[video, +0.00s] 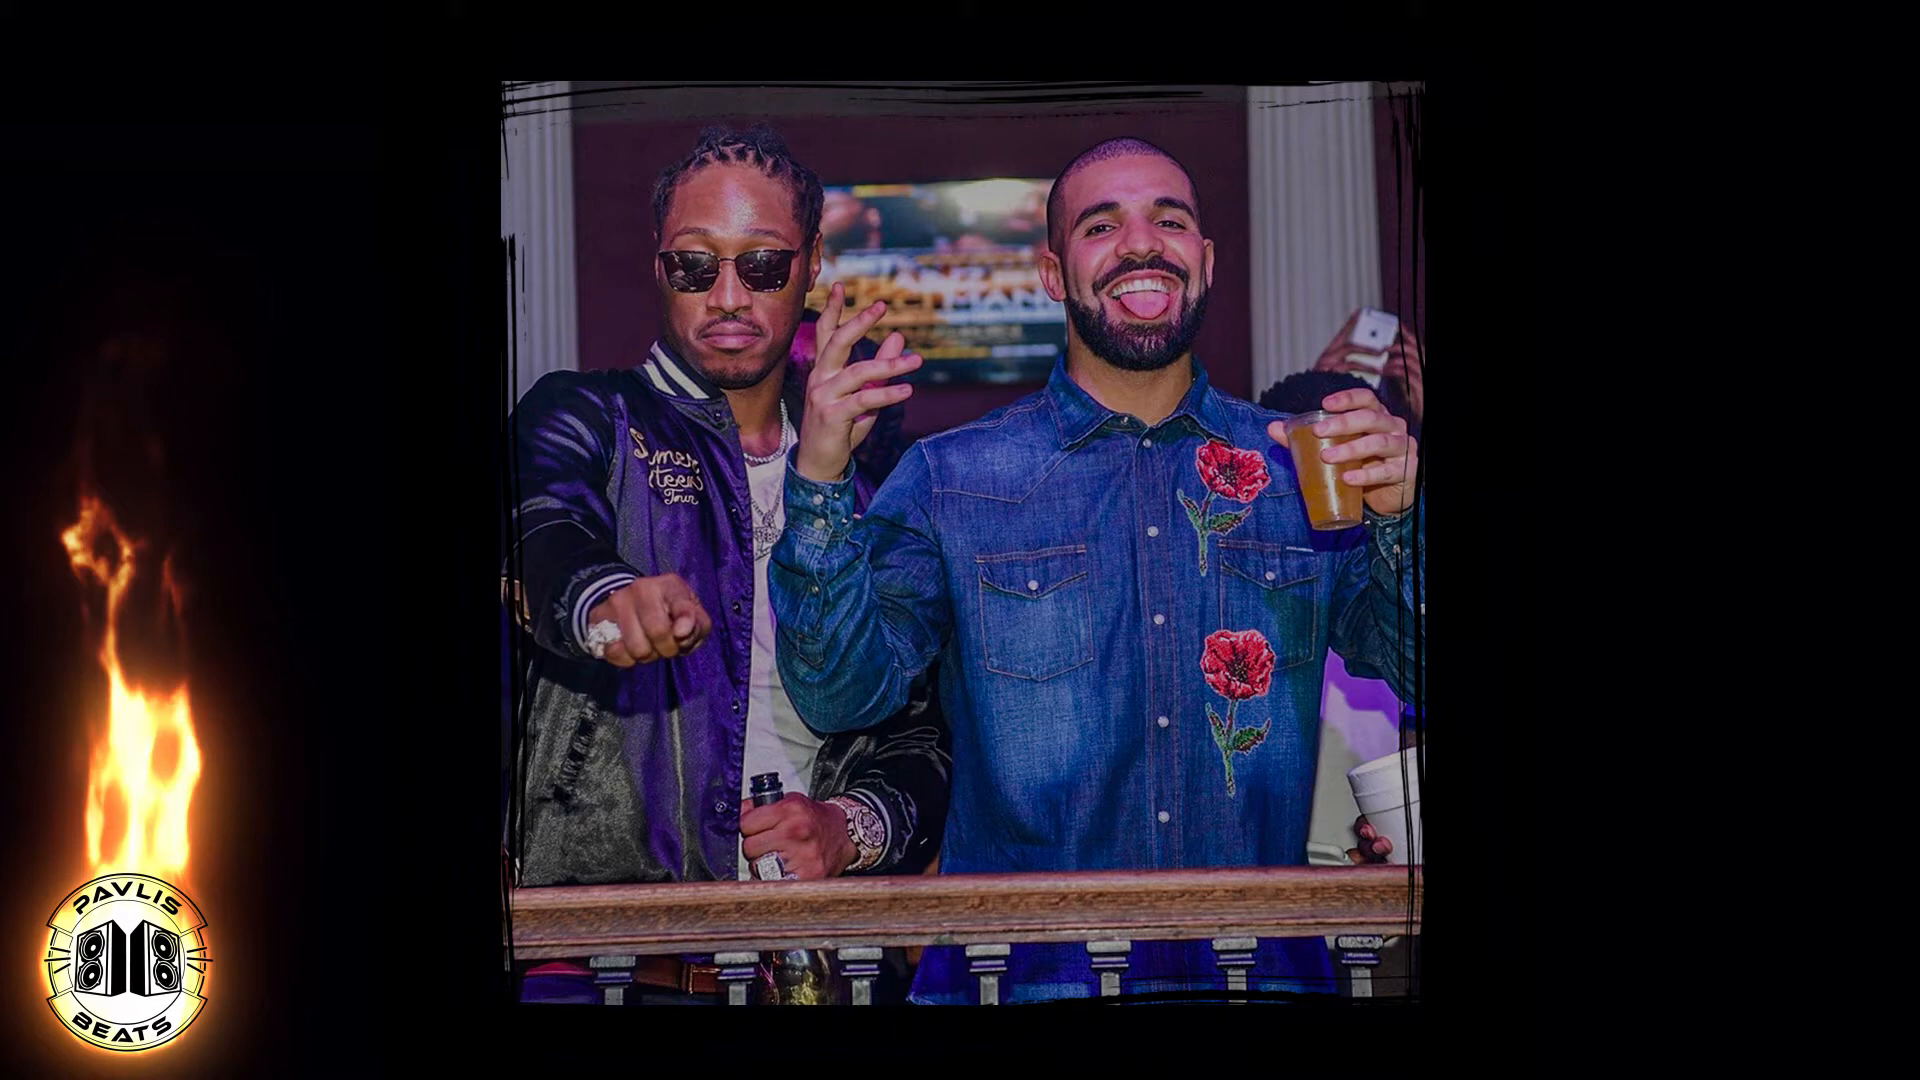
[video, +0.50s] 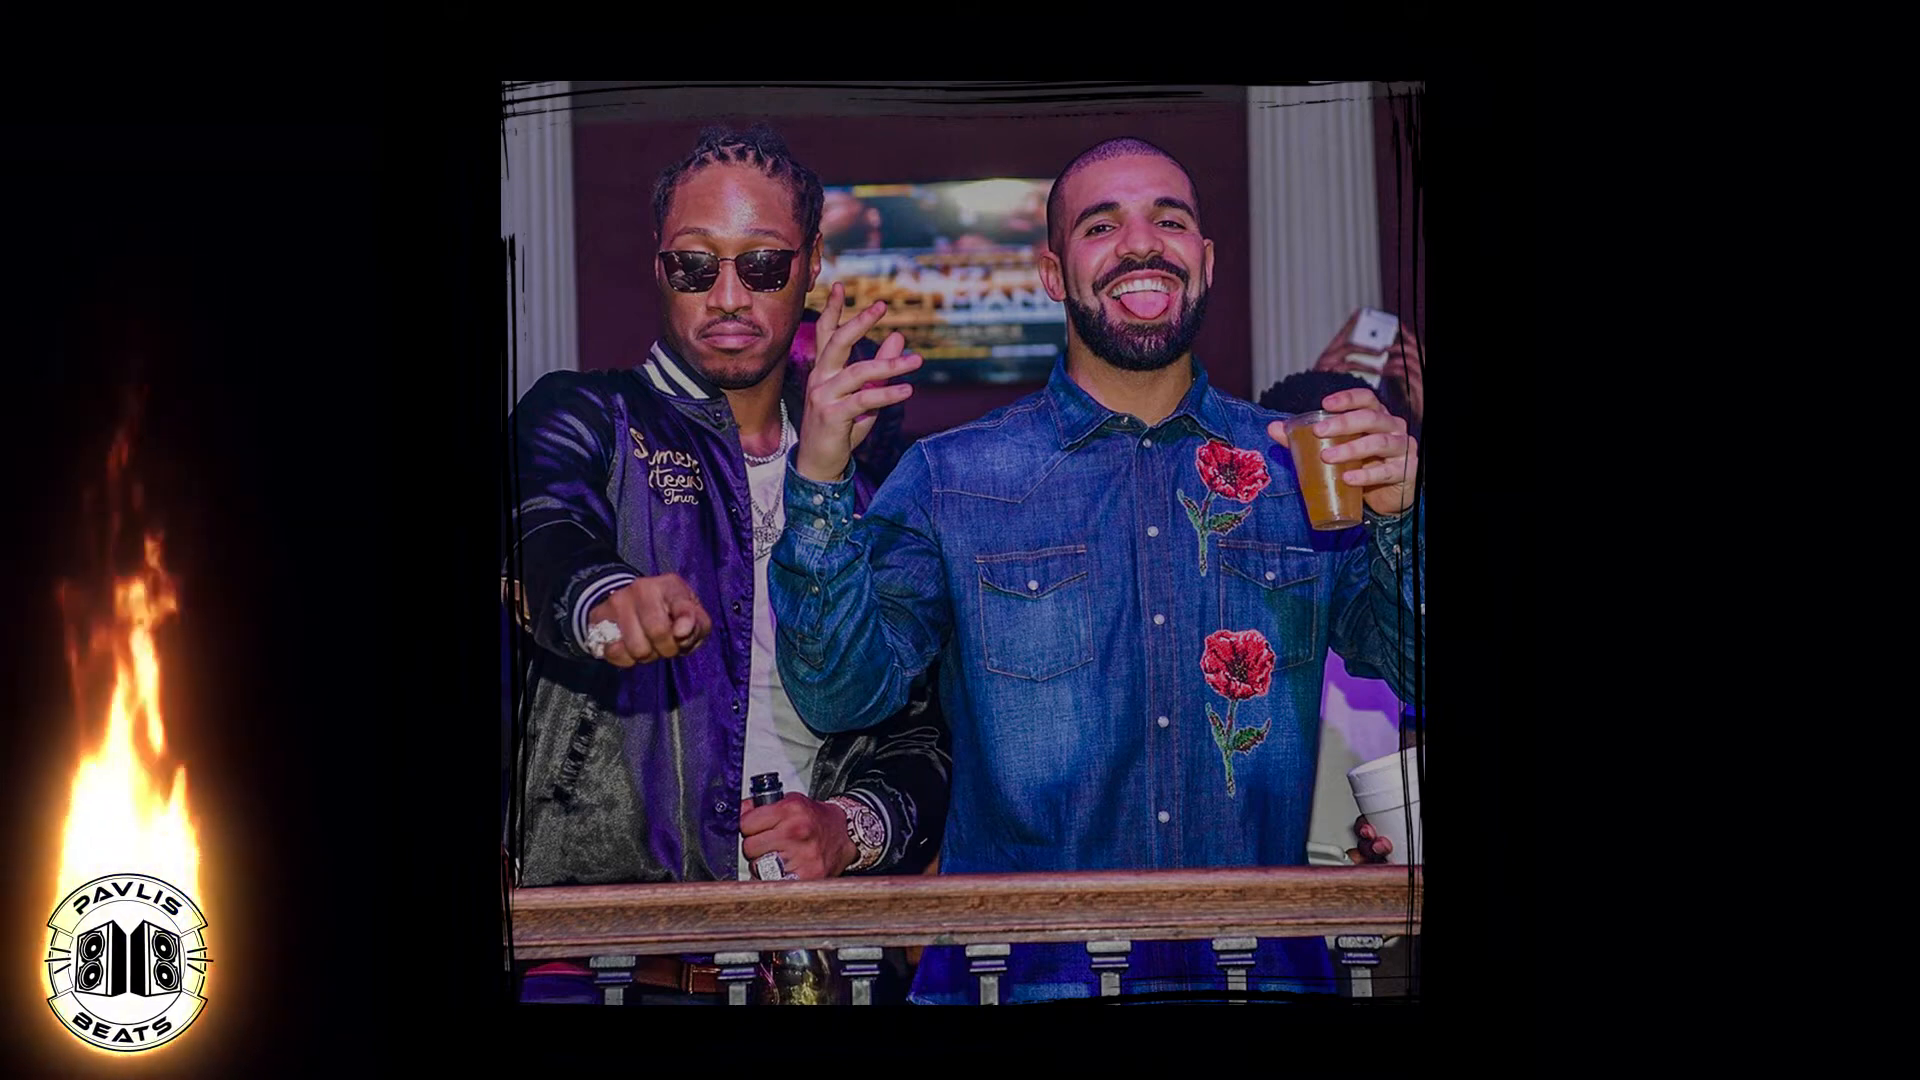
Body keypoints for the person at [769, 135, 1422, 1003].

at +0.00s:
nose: (1140, 243)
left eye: (1169, 219)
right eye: (1101, 225)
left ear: (1208, 258)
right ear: (1055, 272)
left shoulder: (1304, 470)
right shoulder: (945, 479)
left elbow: (1412, 673)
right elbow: (840, 693)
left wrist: (1402, 516)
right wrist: (818, 475)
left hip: (1254, 955)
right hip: (1020, 963)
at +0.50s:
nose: (1140, 243)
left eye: (1169, 219)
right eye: (1101, 225)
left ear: (1208, 258)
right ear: (1055, 272)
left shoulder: (1304, 470)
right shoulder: (945, 479)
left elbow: (1412, 673)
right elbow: (840, 693)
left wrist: (1402, 516)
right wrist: (818, 475)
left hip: (1254, 955)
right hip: (1020, 963)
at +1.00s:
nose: (1140, 243)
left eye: (1169, 219)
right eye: (1101, 225)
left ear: (1208, 258)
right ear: (1055, 272)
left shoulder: (1304, 470)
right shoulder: (945, 479)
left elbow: (1412, 673)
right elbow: (840, 693)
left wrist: (1402, 516)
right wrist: (818, 475)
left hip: (1254, 955)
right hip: (1020, 963)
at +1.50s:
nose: (1141, 243)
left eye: (1169, 219)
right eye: (1101, 225)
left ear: (1207, 258)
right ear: (1055, 272)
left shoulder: (1304, 470)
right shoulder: (945, 479)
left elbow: (1412, 673)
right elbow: (840, 693)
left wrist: (1402, 516)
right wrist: (818, 475)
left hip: (1254, 955)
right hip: (1021, 963)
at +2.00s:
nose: (1141, 243)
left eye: (1169, 219)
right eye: (1101, 225)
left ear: (1207, 258)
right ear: (1055, 272)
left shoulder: (1304, 469)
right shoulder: (945, 479)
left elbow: (1412, 673)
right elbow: (840, 693)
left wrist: (1402, 516)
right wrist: (818, 475)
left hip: (1255, 955)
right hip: (1021, 963)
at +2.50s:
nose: (1141, 243)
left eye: (1169, 219)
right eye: (1102, 225)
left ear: (1207, 258)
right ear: (1055, 272)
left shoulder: (1304, 469)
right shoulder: (945, 479)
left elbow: (1413, 674)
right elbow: (840, 692)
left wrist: (1402, 516)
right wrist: (819, 473)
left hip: (1255, 954)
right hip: (1021, 963)